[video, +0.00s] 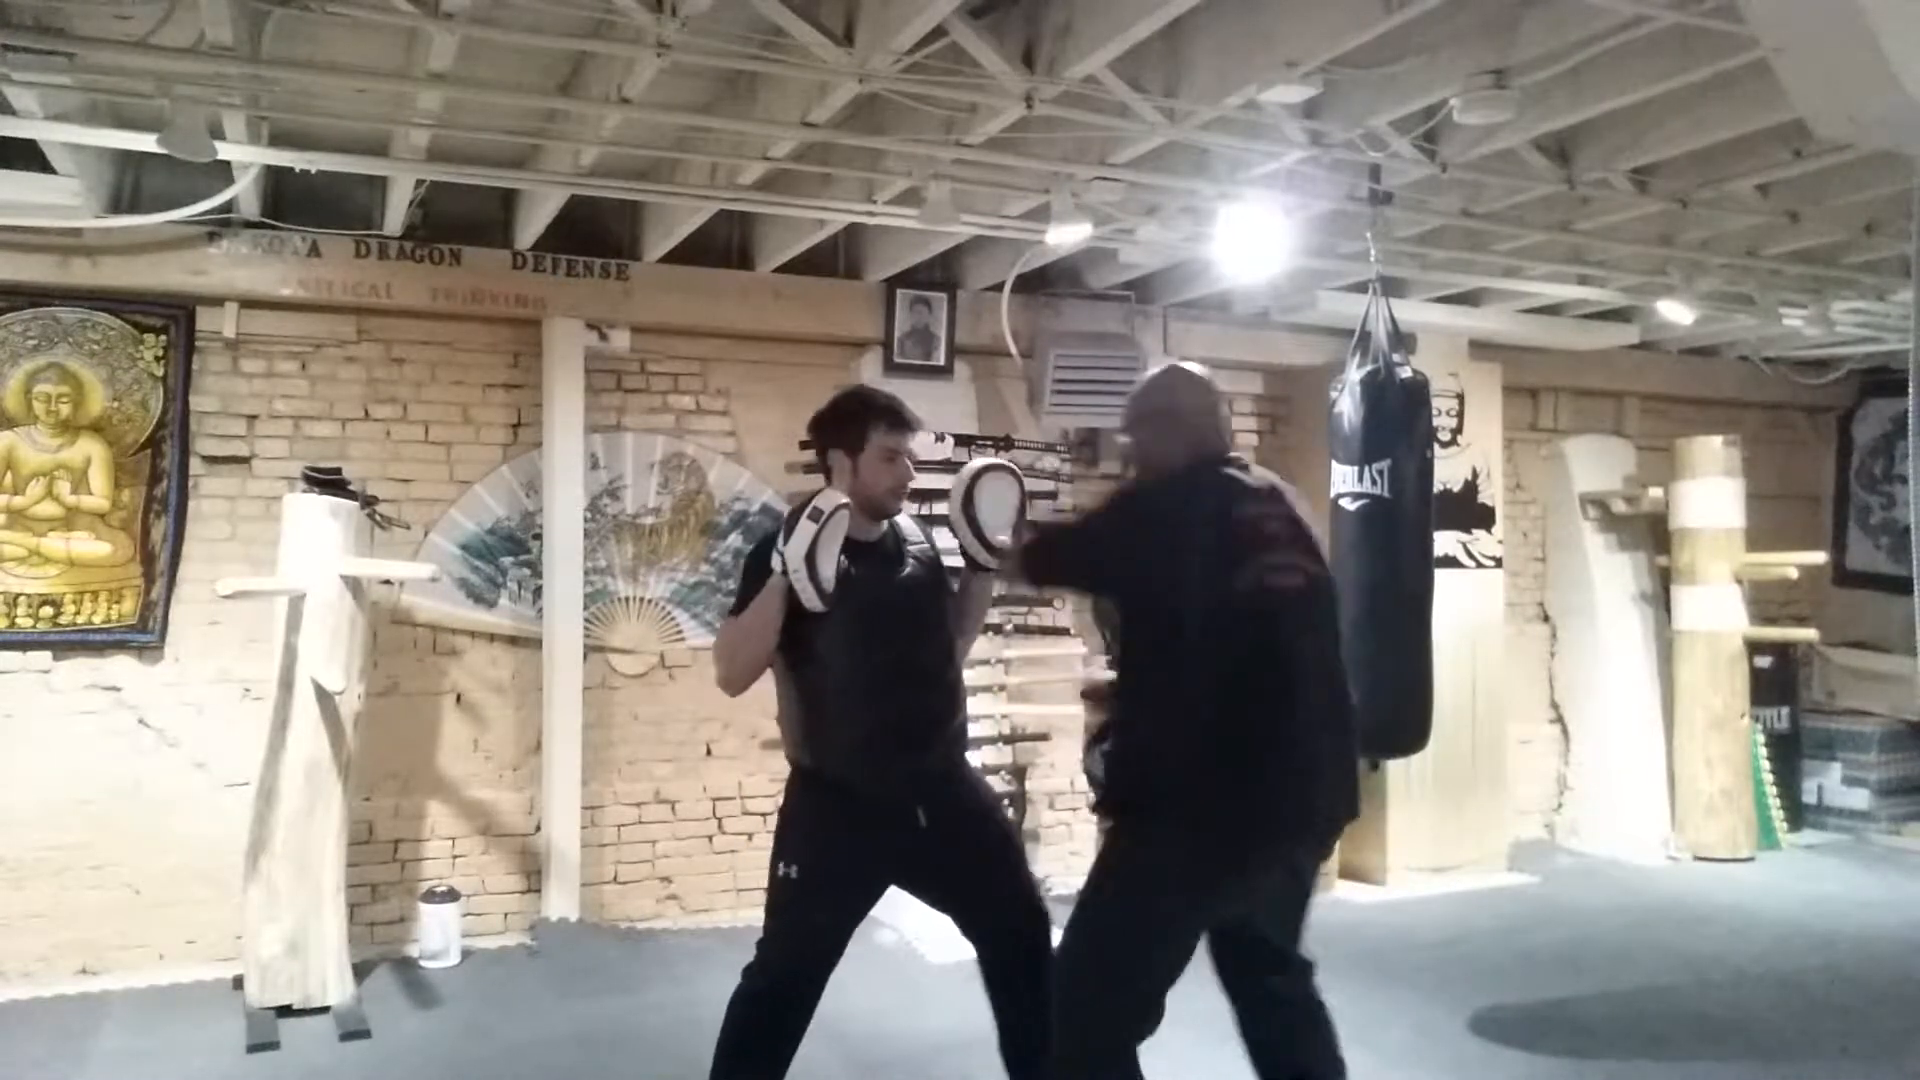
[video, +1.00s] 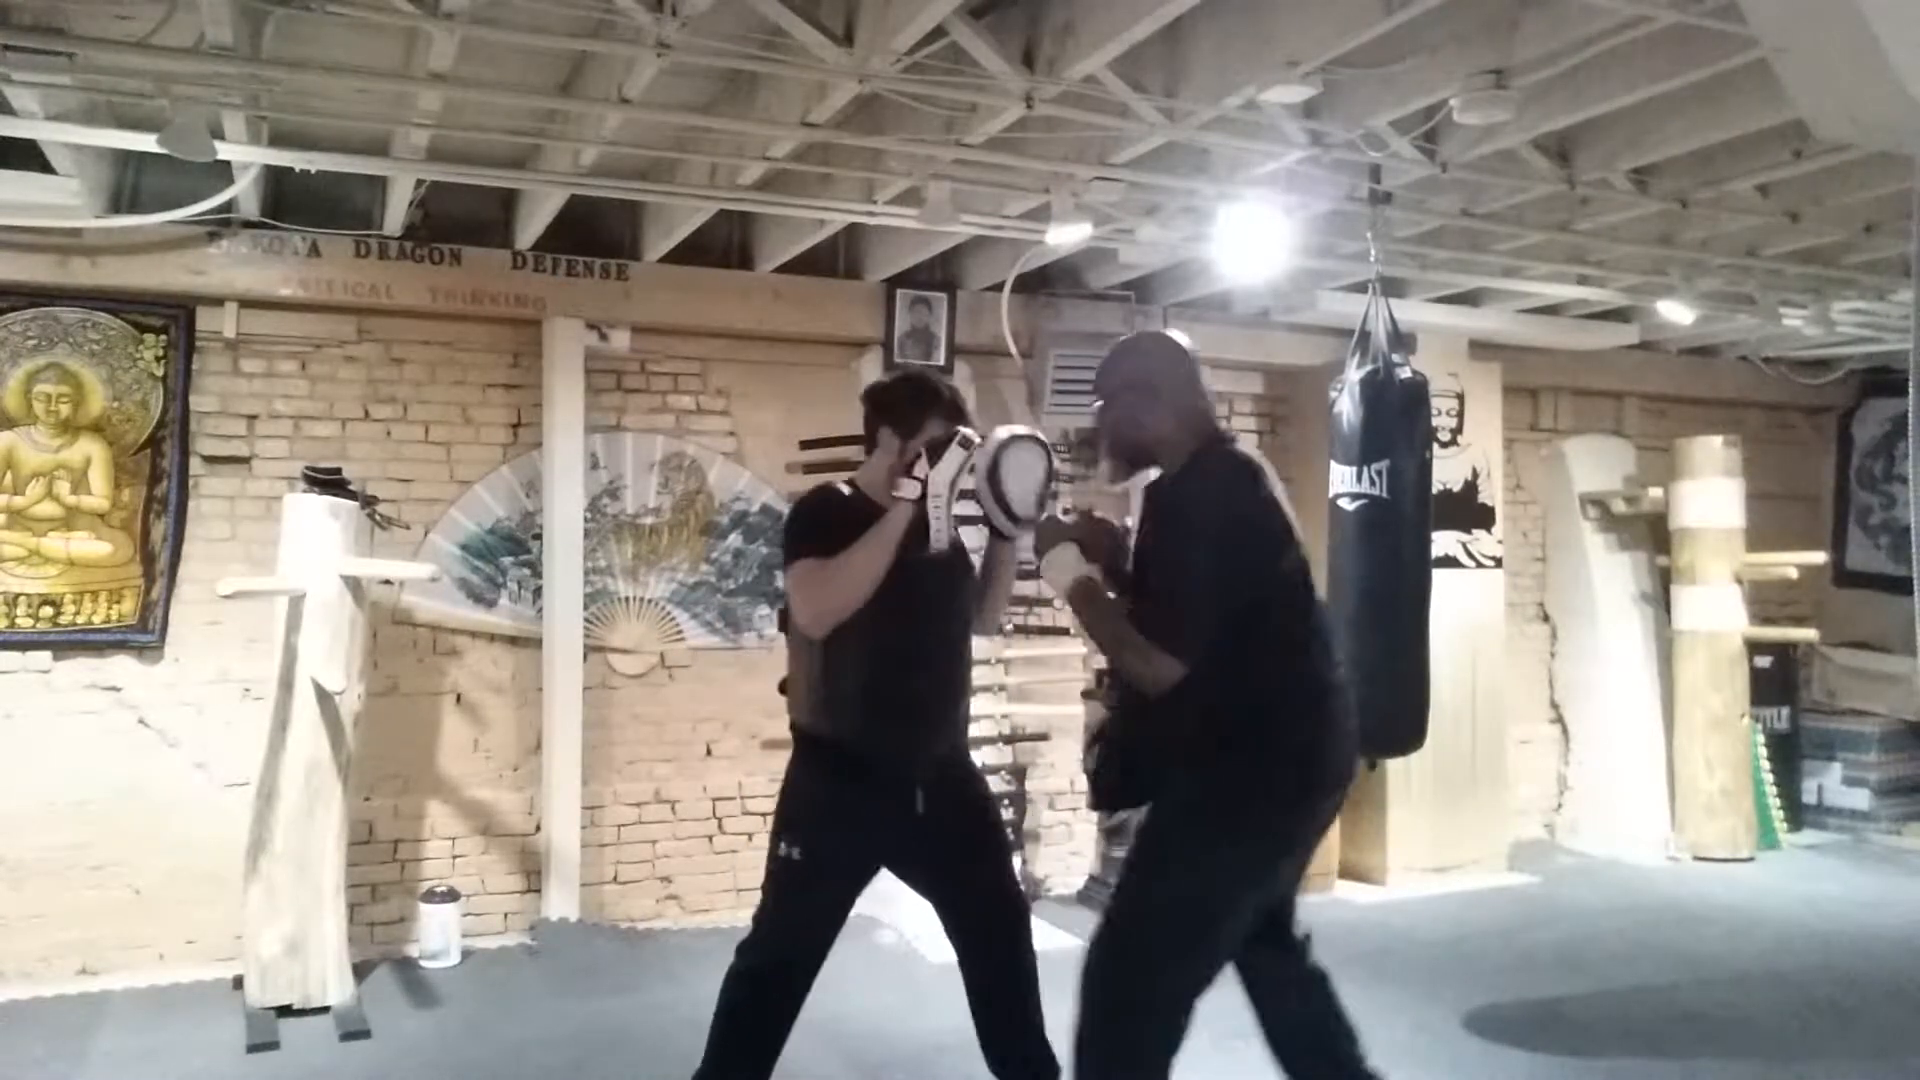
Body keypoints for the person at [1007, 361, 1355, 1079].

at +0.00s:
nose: (1129, 445)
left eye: (1138, 428)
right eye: (1129, 428)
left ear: (1167, 432)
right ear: (1216, 432)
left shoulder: (1155, 512)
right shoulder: (1274, 508)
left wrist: (1021, 551)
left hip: (1188, 810)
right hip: (1298, 799)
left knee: (1090, 1011)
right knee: (1267, 968)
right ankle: (1315, 1075)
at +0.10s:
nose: (1153, 437)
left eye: (1156, 426)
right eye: (1159, 427)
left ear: (1166, 431)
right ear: (1244, 427)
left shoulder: (1132, 501)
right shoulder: (1312, 509)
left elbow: (1013, 493)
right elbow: (1357, 611)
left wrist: (1051, 458)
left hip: (1171, 806)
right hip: (1297, 803)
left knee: (1118, 1014)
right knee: (1302, 982)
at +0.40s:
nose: (1139, 440)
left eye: (1143, 426)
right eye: (1142, 426)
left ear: (1158, 429)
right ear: (1234, 420)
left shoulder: (1140, 510)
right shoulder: (1315, 497)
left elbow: (1036, 578)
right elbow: (1381, 589)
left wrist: (1089, 503)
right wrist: (1293, 587)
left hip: (1191, 793)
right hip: (1304, 784)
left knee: (1089, 985)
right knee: (1284, 962)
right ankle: (1329, 1079)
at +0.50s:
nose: (1119, 431)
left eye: (1130, 414)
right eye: (1121, 415)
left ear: (1172, 417)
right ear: (1212, 414)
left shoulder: (1168, 515)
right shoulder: (1270, 491)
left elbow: (1088, 629)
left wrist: (1070, 553)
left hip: (1209, 793)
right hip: (1291, 778)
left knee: (1082, 979)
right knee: (1240, 951)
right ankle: (1304, 1074)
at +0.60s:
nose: (1105, 439)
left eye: (1117, 421)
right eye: (1106, 422)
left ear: (1164, 427)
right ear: (1186, 424)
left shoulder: (1225, 520)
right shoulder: (1170, 513)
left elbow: (1151, 681)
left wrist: (1098, 575)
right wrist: (1058, 506)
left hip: (1226, 801)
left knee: (1075, 978)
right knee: (1221, 973)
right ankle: (1290, 1078)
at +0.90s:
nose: (1083, 439)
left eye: (1095, 420)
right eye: (1082, 421)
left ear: (1148, 419)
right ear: (1151, 421)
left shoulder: (1222, 518)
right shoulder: (1147, 512)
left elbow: (1183, 684)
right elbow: (1096, 618)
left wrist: (1085, 579)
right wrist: (1035, 533)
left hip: (1225, 803)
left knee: (1089, 989)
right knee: (1241, 966)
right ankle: (1312, 1079)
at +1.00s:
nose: (1100, 417)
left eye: (1116, 398)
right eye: (1099, 400)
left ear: (1163, 400)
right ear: (1176, 403)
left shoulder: (1195, 495)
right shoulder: (1231, 479)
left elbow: (1157, 666)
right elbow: (1207, 608)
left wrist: (1077, 583)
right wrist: (1121, 556)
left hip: (1241, 772)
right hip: (1295, 758)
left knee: (1130, 984)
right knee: (1267, 947)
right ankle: (1344, 1076)